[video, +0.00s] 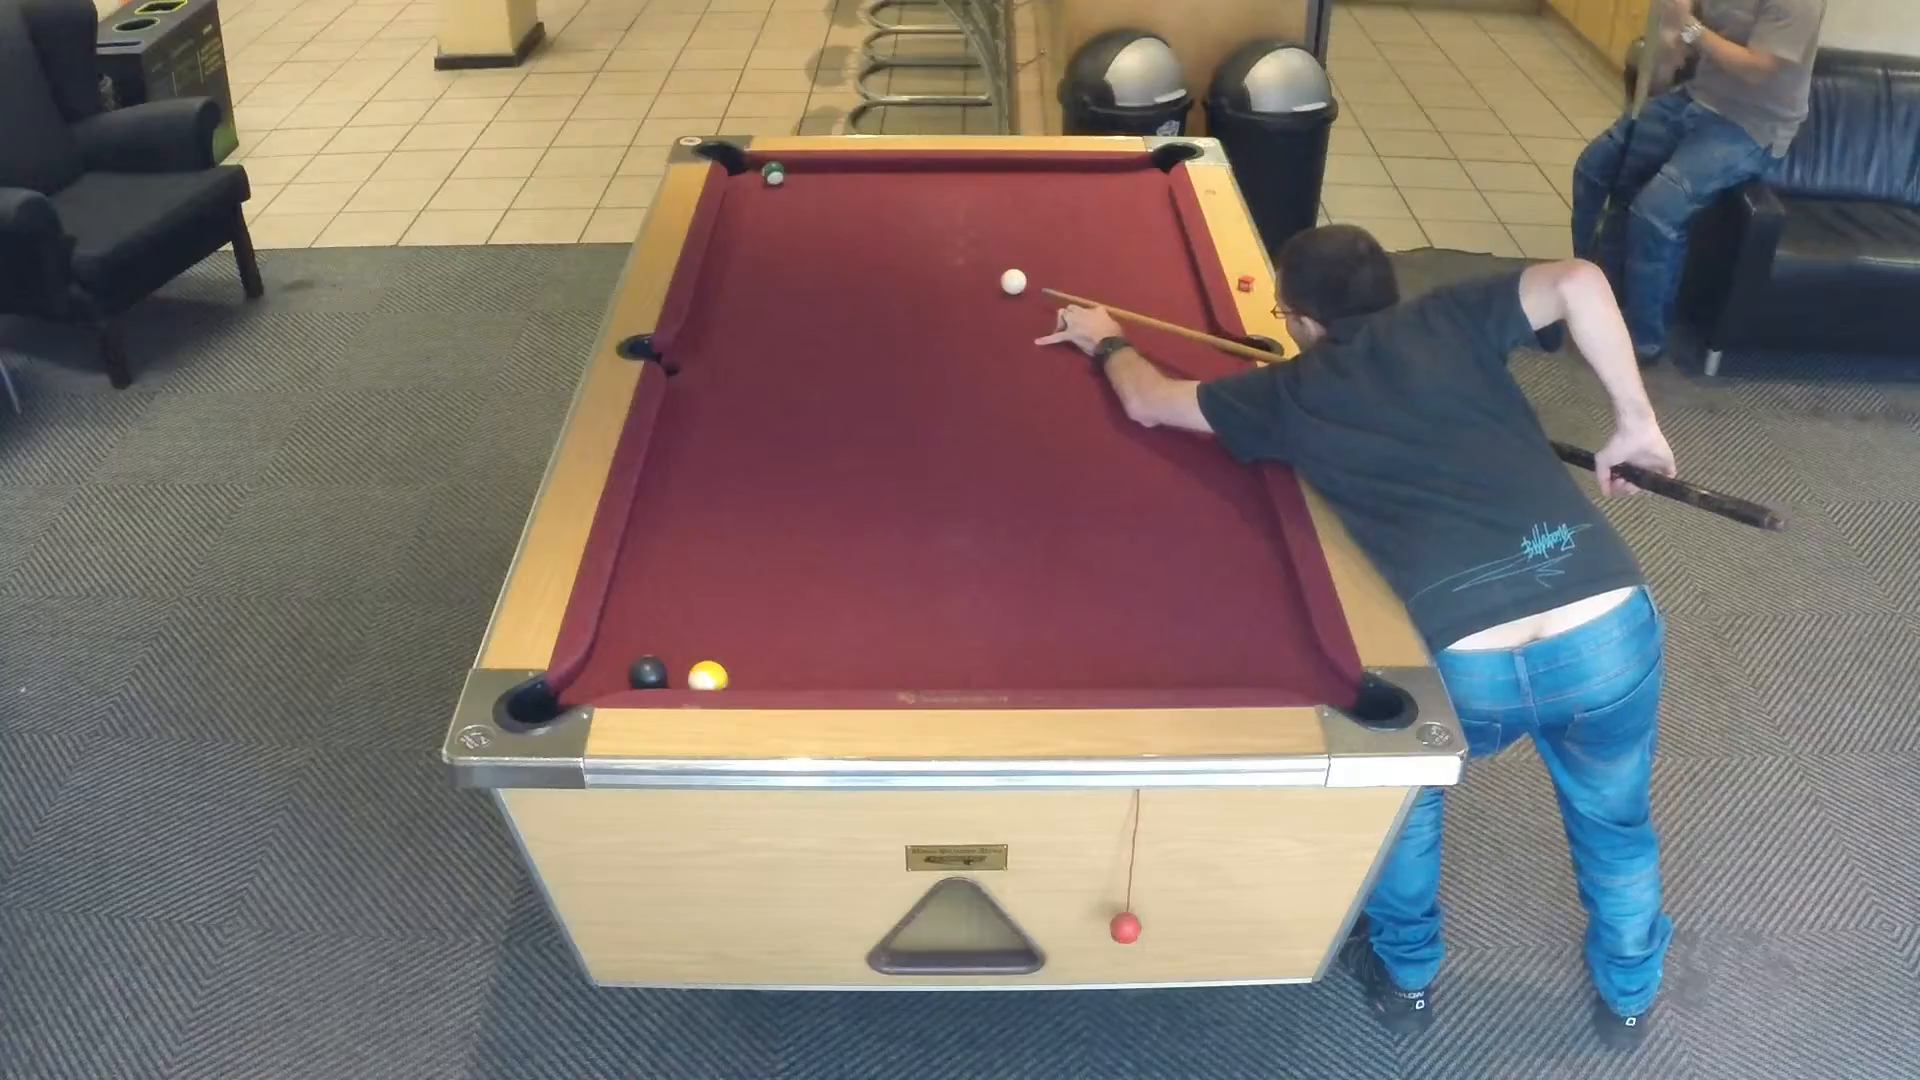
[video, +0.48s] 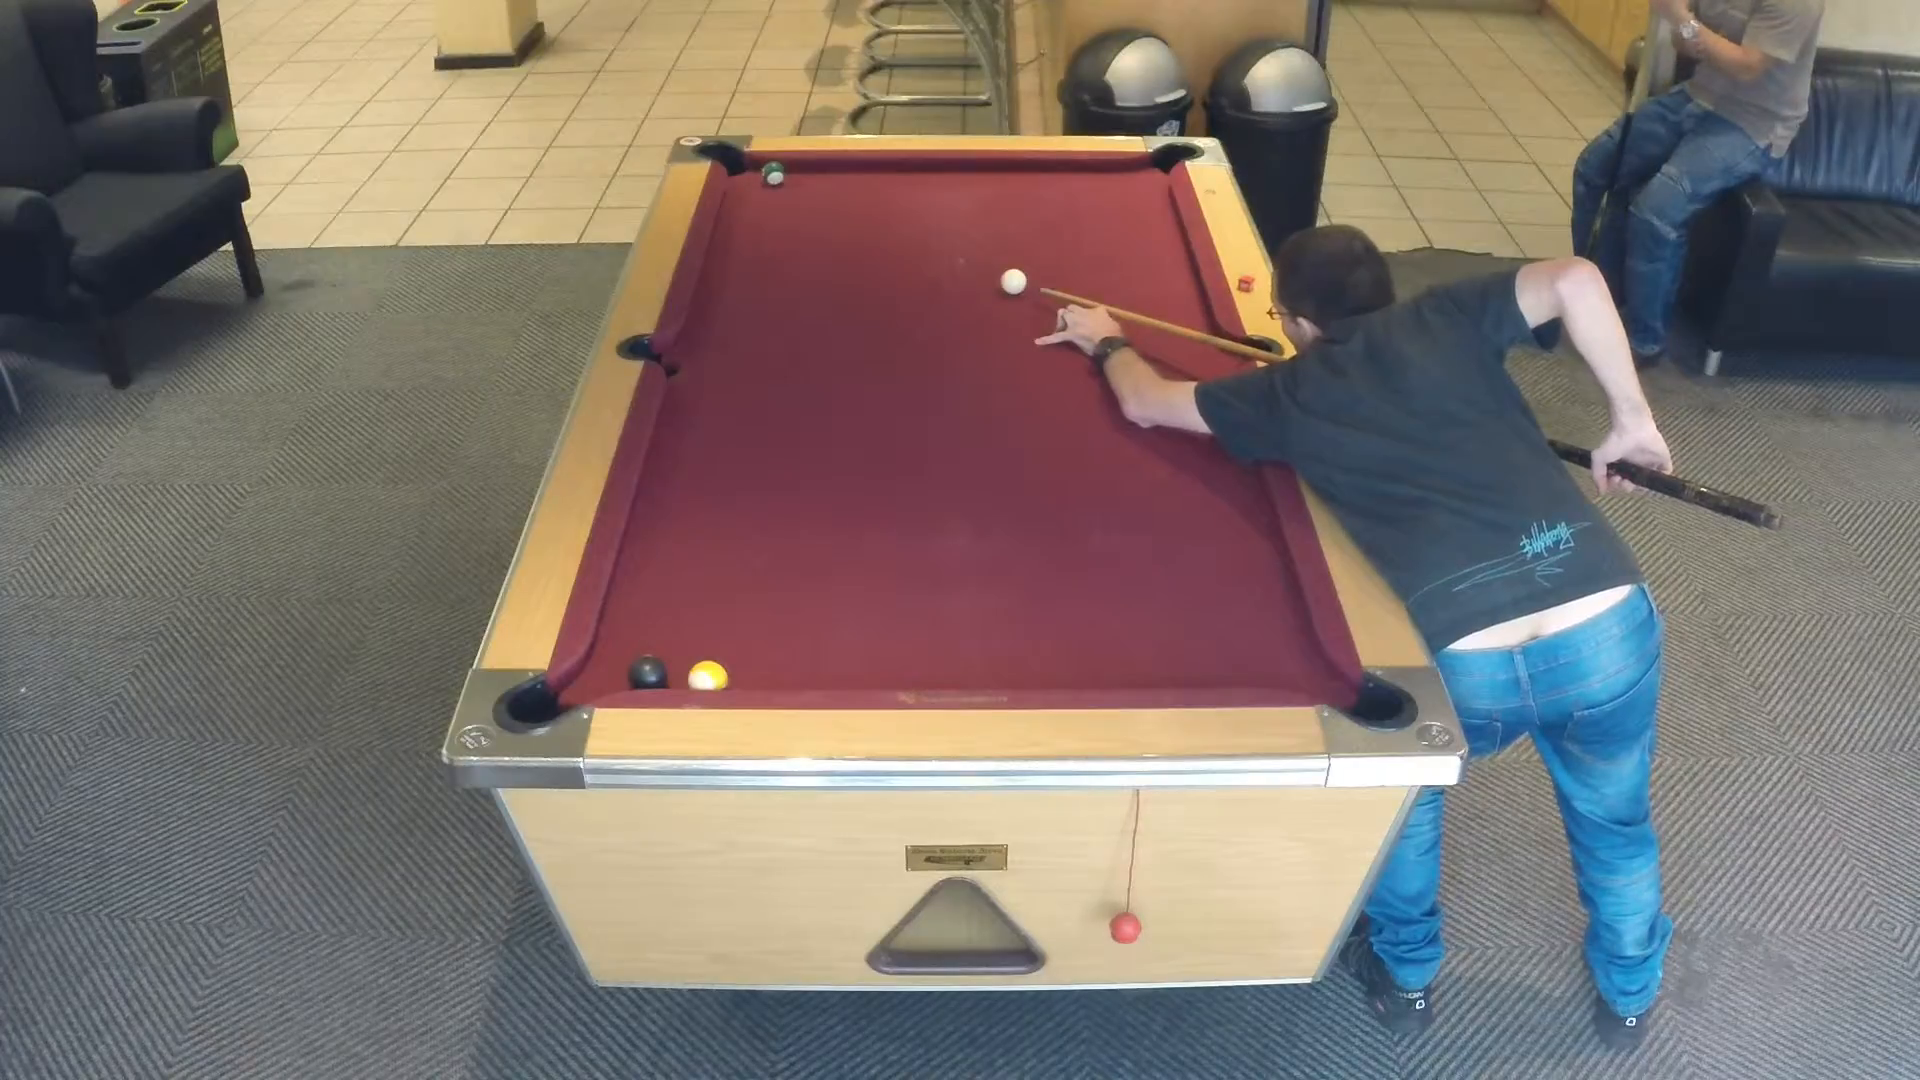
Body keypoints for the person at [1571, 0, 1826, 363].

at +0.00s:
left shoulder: (1797, 6)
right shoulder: (1712, 6)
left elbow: (1758, 69)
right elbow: (1657, 78)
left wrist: (1689, 26)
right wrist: (1669, 37)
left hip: (1748, 127)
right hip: (1694, 101)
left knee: (1653, 211)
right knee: (1592, 170)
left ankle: (1643, 342)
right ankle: (1586, 300)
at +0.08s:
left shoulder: (1798, 6)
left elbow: (1753, 69)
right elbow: (1688, 49)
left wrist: (1687, 26)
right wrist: (1680, 17)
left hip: (1749, 127)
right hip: (1695, 100)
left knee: (1654, 211)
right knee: (1593, 169)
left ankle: (1644, 342)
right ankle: (1588, 300)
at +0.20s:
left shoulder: (1797, 6)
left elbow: (1750, 66)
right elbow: (1688, 47)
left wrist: (1683, 24)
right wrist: (1678, 16)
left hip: (1750, 126)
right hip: (1695, 99)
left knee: (1654, 211)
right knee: (1593, 169)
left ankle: (1644, 341)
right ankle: (1587, 301)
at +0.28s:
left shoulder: (1797, 6)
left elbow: (1749, 67)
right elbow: (1688, 47)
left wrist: (1682, 22)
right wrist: (1677, 15)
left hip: (1750, 126)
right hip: (1695, 98)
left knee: (1654, 211)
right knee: (1593, 168)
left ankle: (1644, 341)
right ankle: (1589, 300)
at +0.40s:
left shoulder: (1797, 6)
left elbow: (1748, 67)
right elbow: (1689, 49)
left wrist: (1682, 19)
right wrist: (1679, 13)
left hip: (1750, 126)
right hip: (1695, 98)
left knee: (1654, 211)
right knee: (1593, 168)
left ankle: (1643, 341)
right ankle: (1588, 301)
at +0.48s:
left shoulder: (1796, 6)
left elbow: (1748, 66)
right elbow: (1693, 46)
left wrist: (1683, 19)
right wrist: (1682, 20)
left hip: (1750, 126)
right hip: (1695, 97)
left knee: (1654, 211)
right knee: (1593, 169)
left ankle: (1643, 341)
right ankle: (1589, 301)